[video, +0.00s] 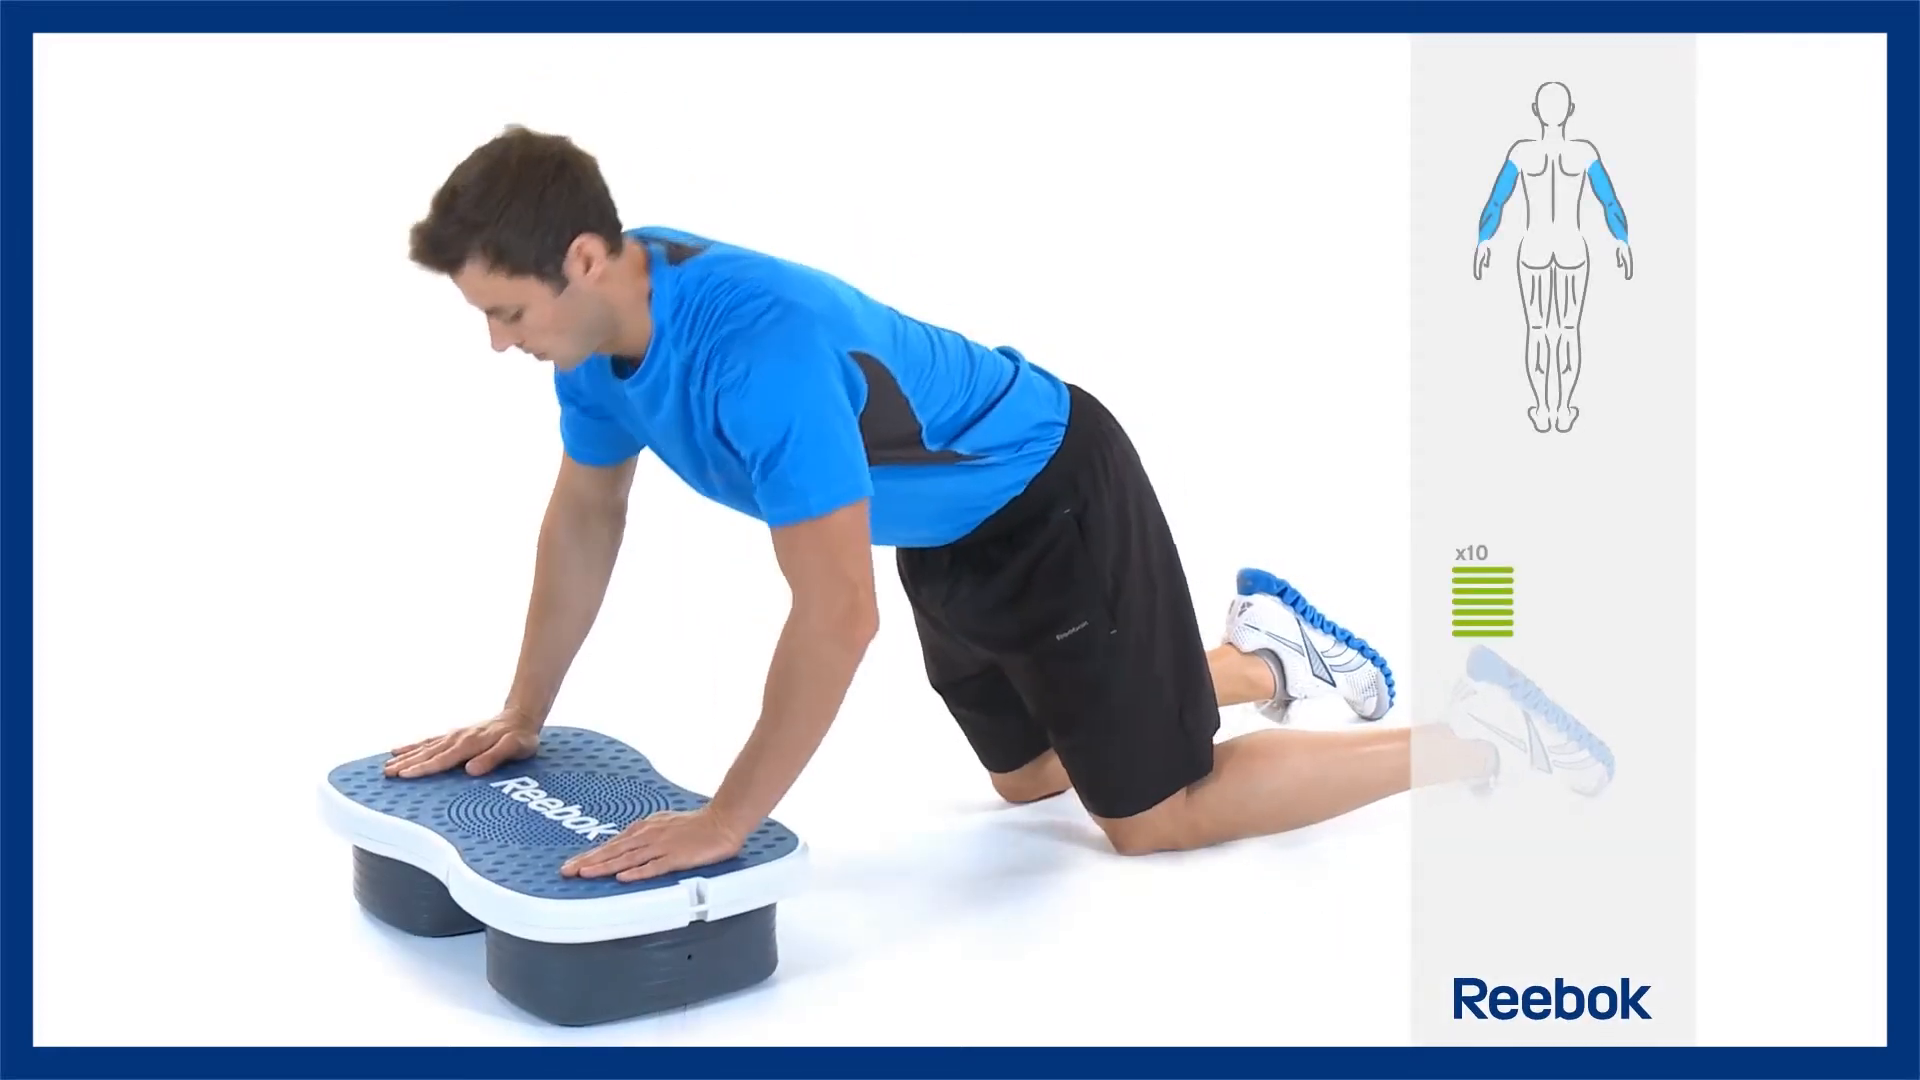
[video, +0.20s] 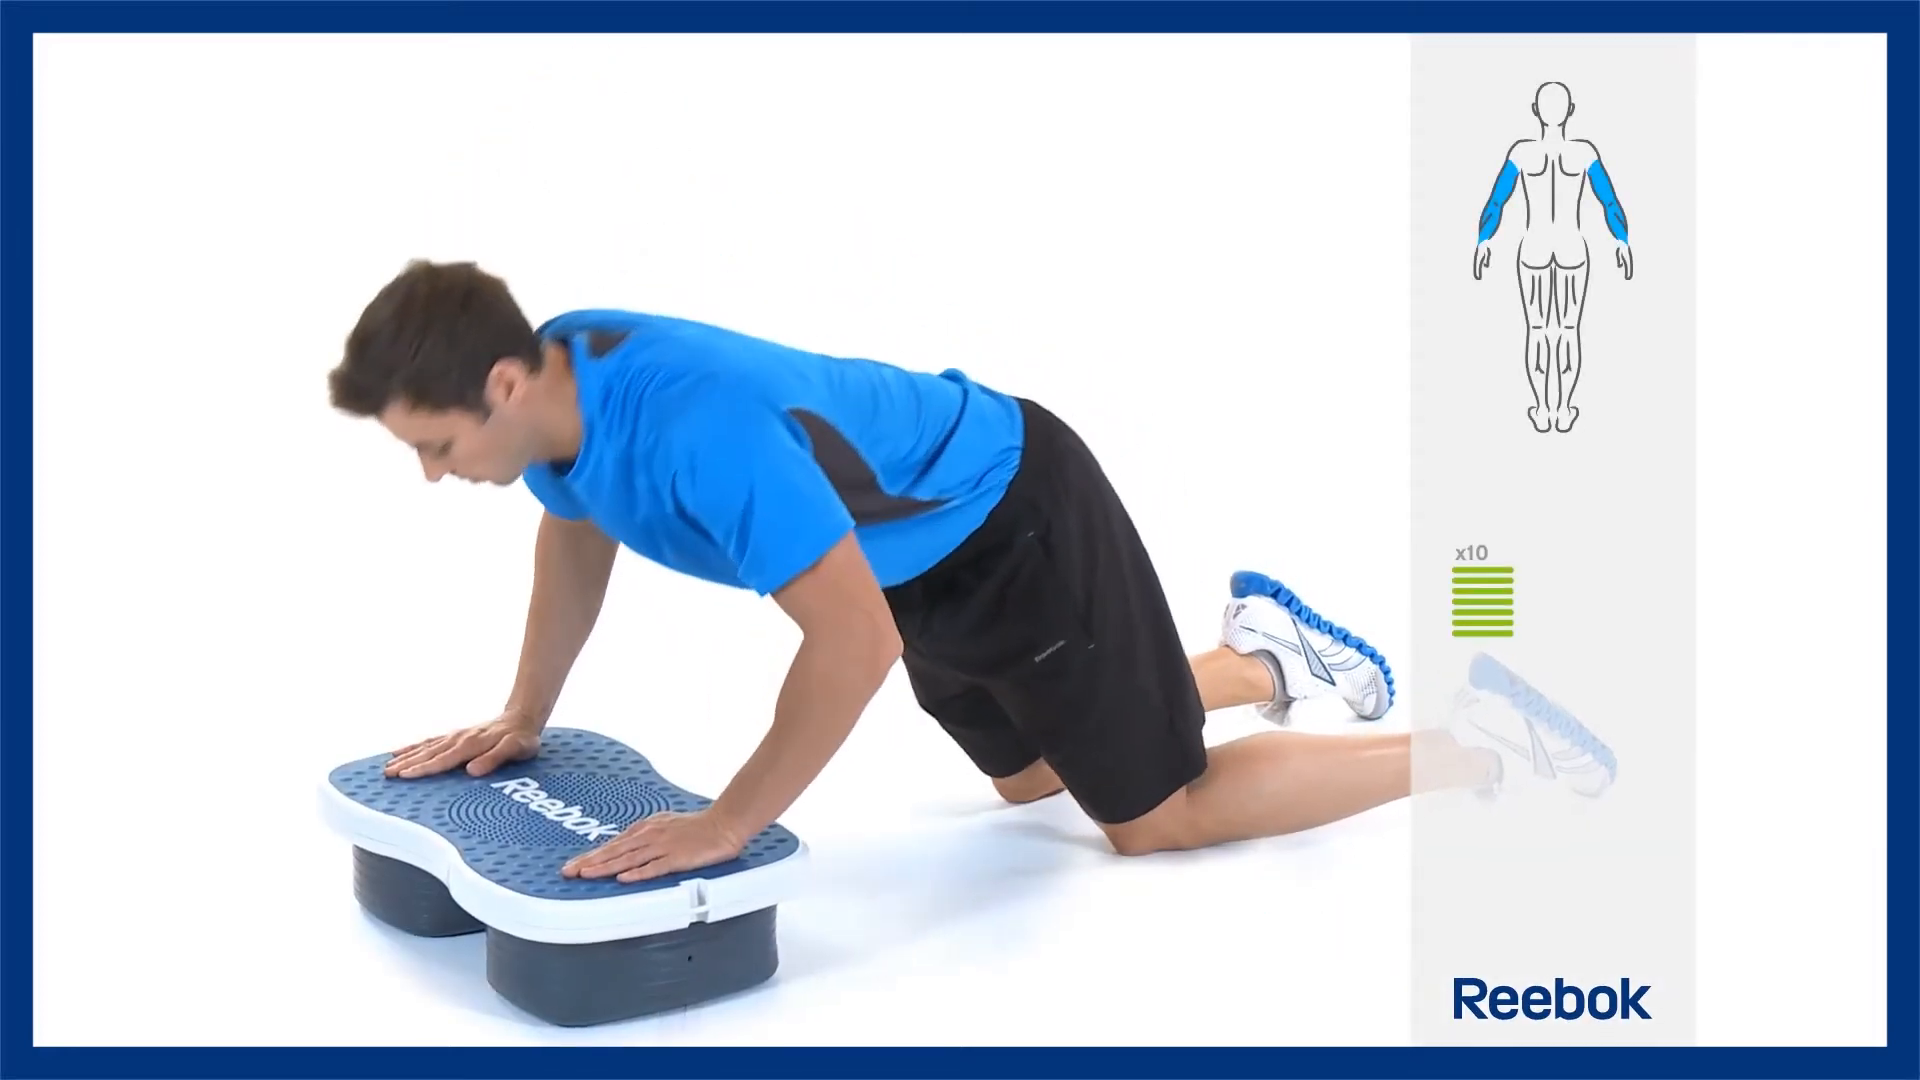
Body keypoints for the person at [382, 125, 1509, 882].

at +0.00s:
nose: (500, 343)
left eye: (504, 314)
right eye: (484, 322)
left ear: (587, 256)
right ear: (567, 262)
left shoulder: (759, 352)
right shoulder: (598, 340)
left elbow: (834, 611)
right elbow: (584, 520)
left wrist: (729, 817)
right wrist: (519, 719)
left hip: (1054, 488)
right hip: (943, 536)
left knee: (1150, 811)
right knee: (1032, 775)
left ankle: (1470, 746)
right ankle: (1267, 665)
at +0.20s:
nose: (436, 473)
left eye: (436, 445)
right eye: (418, 453)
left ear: (509, 382)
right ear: (486, 389)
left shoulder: (697, 429)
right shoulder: (556, 404)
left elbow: (858, 645)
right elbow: (577, 540)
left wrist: (730, 820)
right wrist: (522, 717)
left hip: (1013, 509)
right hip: (910, 559)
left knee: (1158, 811)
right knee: (1030, 764)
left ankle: (1471, 754)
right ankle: (1257, 661)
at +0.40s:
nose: (383, 611)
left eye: (372, 588)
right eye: (358, 597)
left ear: (428, 523)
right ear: (416, 496)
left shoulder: (630, 520)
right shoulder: (501, 447)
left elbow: (848, 647)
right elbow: (559, 578)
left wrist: (729, 822)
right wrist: (522, 721)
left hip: (973, 543)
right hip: (882, 582)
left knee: (1170, 807)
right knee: (1014, 768)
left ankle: (1474, 745)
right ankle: (1260, 661)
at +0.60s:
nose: (358, 727)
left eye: (348, 705)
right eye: (337, 718)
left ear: (400, 631)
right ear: (386, 615)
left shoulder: (579, 609)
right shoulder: (458, 534)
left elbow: (835, 645)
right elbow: (575, 602)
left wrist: (739, 822)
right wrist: (519, 713)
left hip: (937, 573)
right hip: (859, 602)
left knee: (1162, 807)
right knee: (1032, 761)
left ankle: (1468, 748)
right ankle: (1259, 666)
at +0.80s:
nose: (337, 798)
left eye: (323, 778)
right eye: (308, 788)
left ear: (370, 704)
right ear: (360, 673)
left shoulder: (576, 664)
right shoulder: (426, 584)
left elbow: (822, 643)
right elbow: (558, 500)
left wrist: (729, 823)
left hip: (916, 590)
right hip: (834, 625)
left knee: (1147, 809)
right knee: (1034, 757)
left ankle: (1467, 751)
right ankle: (1254, 661)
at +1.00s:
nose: (329, 811)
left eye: (317, 791)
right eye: (301, 803)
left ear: (365, 713)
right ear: (352, 679)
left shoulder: (571, 673)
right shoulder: (421, 588)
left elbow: (815, 636)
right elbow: (553, 498)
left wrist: (730, 822)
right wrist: (516, 689)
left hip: (915, 600)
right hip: (838, 628)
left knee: (1149, 809)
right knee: (1044, 756)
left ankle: (1470, 750)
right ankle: (1255, 657)